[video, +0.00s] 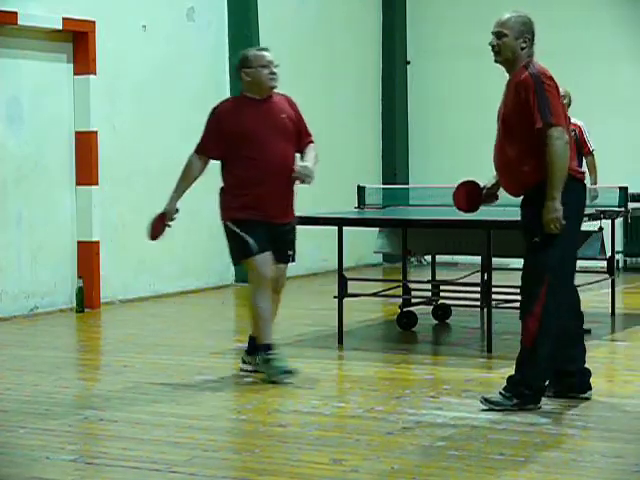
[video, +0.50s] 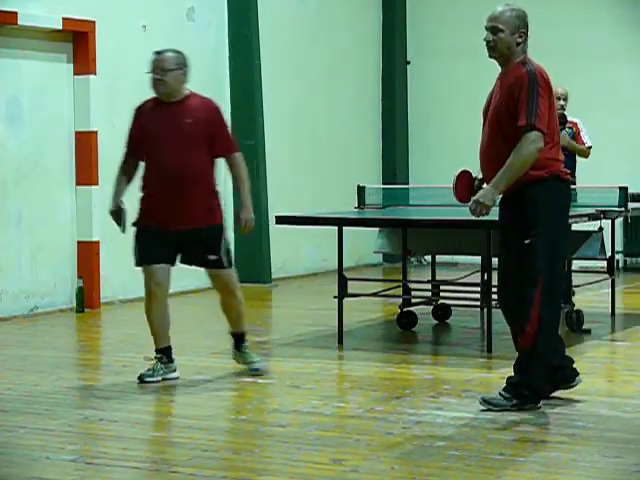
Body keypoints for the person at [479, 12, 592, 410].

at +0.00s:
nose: (492, 42)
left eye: (499, 36)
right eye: (492, 36)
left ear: (523, 42)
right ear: (512, 44)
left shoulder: (534, 77)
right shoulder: (517, 81)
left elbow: (558, 135)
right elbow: (525, 141)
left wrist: (553, 200)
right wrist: (498, 184)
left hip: (556, 194)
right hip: (544, 193)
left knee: (540, 285)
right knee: (557, 286)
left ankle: (525, 388)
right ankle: (571, 378)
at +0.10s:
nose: (488, 40)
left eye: (496, 35)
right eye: (488, 34)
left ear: (520, 41)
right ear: (505, 43)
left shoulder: (530, 77)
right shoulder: (513, 80)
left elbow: (549, 139)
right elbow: (519, 141)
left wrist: (541, 201)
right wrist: (493, 182)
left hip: (551, 191)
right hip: (537, 191)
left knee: (538, 285)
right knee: (554, 285)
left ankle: (526, 388)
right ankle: (570, 377)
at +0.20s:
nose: (486, 38)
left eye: (494, 33)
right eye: (486, 33)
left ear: (518, 39)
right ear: (501, 41)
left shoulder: (528, 76)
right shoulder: (511, 78)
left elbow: (541, 141)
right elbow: (518, 139)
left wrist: (521, 202)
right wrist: (491, 180)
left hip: (548, 189)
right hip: (536, 188)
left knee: (538, 282)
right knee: (546, 281)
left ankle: (527, 387)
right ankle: (567, 373)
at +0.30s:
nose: (485, 38)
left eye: (493, 33)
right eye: (485, 32)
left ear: (518, 38)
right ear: (496, 40)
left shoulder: (527, 76)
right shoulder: (510, 78)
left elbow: (534, 142)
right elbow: (520, 140)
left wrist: (503, 199)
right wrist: (493, 178)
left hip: (543, 192)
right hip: (526, 193)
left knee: (538, 287)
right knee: (525, 287)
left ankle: (527, 388)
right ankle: (564, 369)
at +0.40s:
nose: (486, 38)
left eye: (494, 32)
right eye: (485, 32)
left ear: (518, 37)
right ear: (494, 39)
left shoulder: (527, 75)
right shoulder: (507, 79)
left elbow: (532, 141)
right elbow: (512, 142)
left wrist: (493, 190)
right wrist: (487, 182)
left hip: (542, 194)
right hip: (521, 196)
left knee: (535, 287)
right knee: (515, 288)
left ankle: (527, 388)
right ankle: (559, 366)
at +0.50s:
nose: (487, 37)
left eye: (495, 31)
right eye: (487, 31)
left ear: (520, 36)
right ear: (497, 38)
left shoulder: (529, 75)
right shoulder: (506, 80)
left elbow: (534, 140)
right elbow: (510, 141)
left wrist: (494, 188)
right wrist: (487, 181)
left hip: (541, 194)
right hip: (518, 195)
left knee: (534, 286)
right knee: (511, 287)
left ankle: (528, 387)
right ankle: (556, 367)